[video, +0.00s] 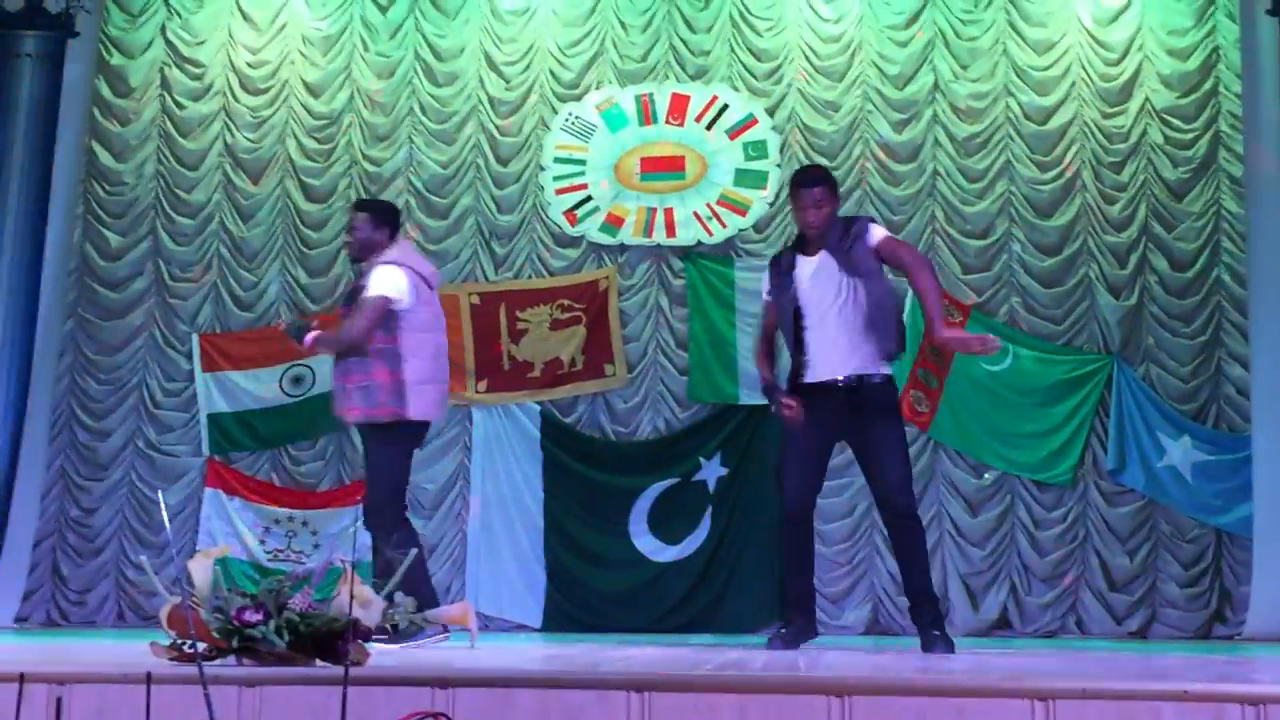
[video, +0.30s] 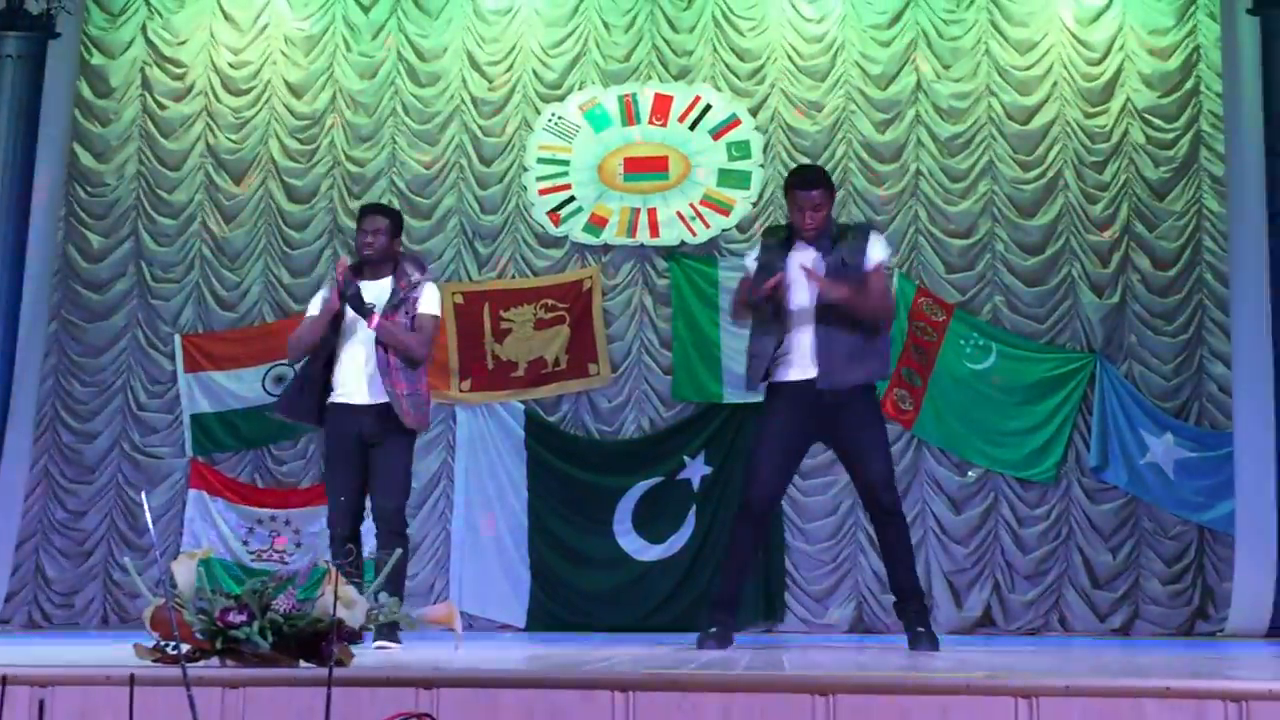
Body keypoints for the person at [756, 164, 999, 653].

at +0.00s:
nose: (814, 212)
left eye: (822, 203)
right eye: (805, 205)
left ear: (835, 204)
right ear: (793, 209)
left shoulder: (860, 235)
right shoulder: (783, 267)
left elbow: (916, 263)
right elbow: (767, 338)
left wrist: (938, 327)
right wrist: (774, 390)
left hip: (872, 396)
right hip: (811, 400)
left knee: (899, 506)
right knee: (795, 506)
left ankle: (929, 625)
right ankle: (799, 621)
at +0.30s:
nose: (809, 217)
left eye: (817, 207)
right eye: (800, 208)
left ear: (832, 204)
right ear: (788, 208)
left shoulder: (863, 243)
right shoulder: (772, 249)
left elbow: (881, 309)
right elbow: (742, 310)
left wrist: (837, 290)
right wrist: (758, 296)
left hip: (849, 394)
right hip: (788, 396)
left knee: (884, 502)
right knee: (756, 502)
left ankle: (916, 619)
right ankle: (723, 621)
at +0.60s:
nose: (834, 238)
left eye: (842, 230)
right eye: (825, 230)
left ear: (854, 231)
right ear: (809, 231)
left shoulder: (880, 279)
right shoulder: (784, 281)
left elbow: (892, 356)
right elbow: (768, 357)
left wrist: (844, 318)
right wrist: (820, 321)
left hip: (862, 418)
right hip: (801, 418)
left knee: (892, 523)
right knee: (771, 521)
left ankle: (930, 643)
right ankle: (739, 643)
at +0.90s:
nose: (847, 263)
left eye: (856, 255)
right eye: (838, 255)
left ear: (869, 256)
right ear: (824, 256)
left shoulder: (895, 298)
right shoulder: (801, 307)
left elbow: (924, 365)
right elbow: (787, 383)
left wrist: (890, 376)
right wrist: (812, 371)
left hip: (882, 448)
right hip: (822, 450)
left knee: (914, 554)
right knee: (791, 555)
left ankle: (951, 674)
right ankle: (762, 675)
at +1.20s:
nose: (865, 306)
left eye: (874, 296)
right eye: (856, 297)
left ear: (887, 294)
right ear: (841, 296)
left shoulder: (911, 329)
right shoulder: (819, 338)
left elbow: (930, 396)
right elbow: (808, 409)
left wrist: (959, 444)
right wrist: (789, 467)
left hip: (898, 473)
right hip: (834, 475)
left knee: (944, 570)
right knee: (800, 569)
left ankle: (967, 694)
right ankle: (768, 691)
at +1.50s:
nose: (859, 360)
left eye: (868, 350)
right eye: (850, 350)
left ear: (881, 346)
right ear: (834, 344)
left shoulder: (909, 376)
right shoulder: (803, 379)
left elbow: (964, 415)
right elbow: (753, 424)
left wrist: (1011, 460)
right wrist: (713, 468)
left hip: (894, 493)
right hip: (826, 492)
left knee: (941, 585)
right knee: (788, 576)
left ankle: (965, 700)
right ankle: (764, 699)